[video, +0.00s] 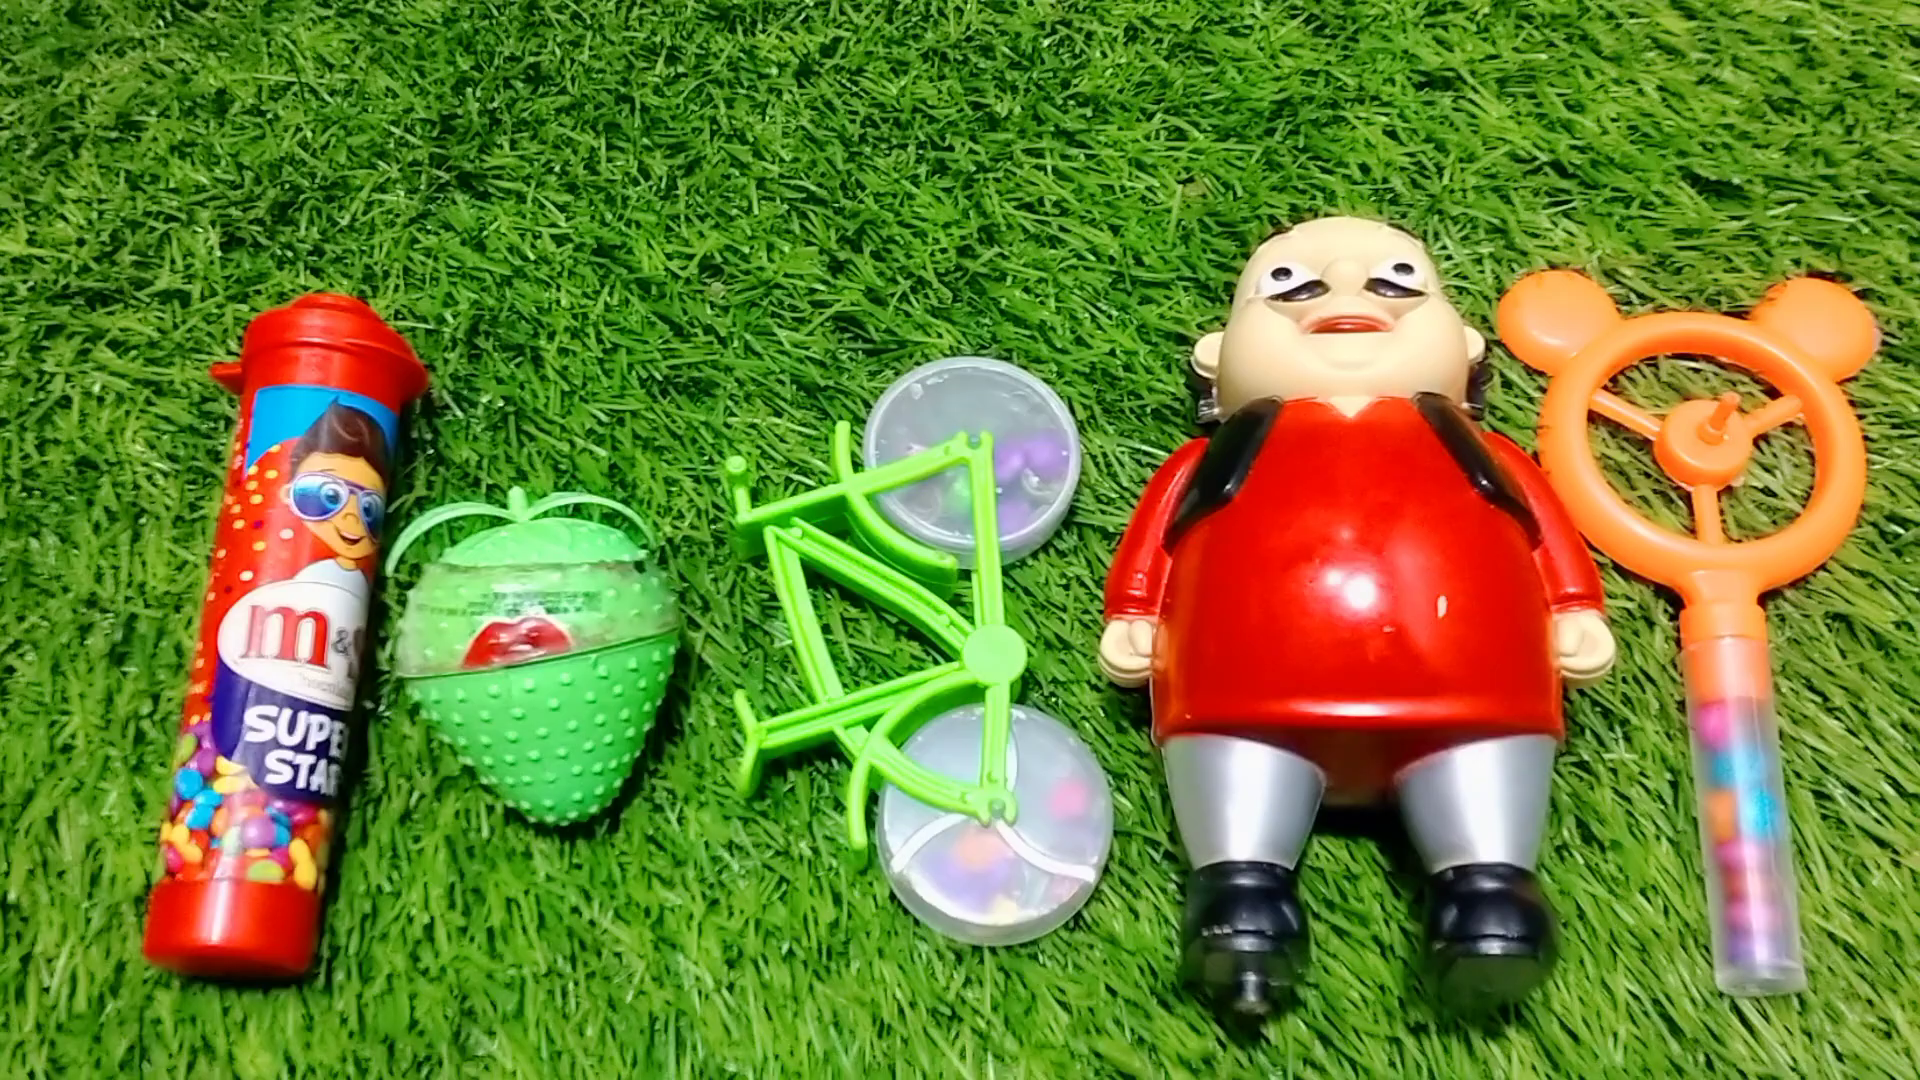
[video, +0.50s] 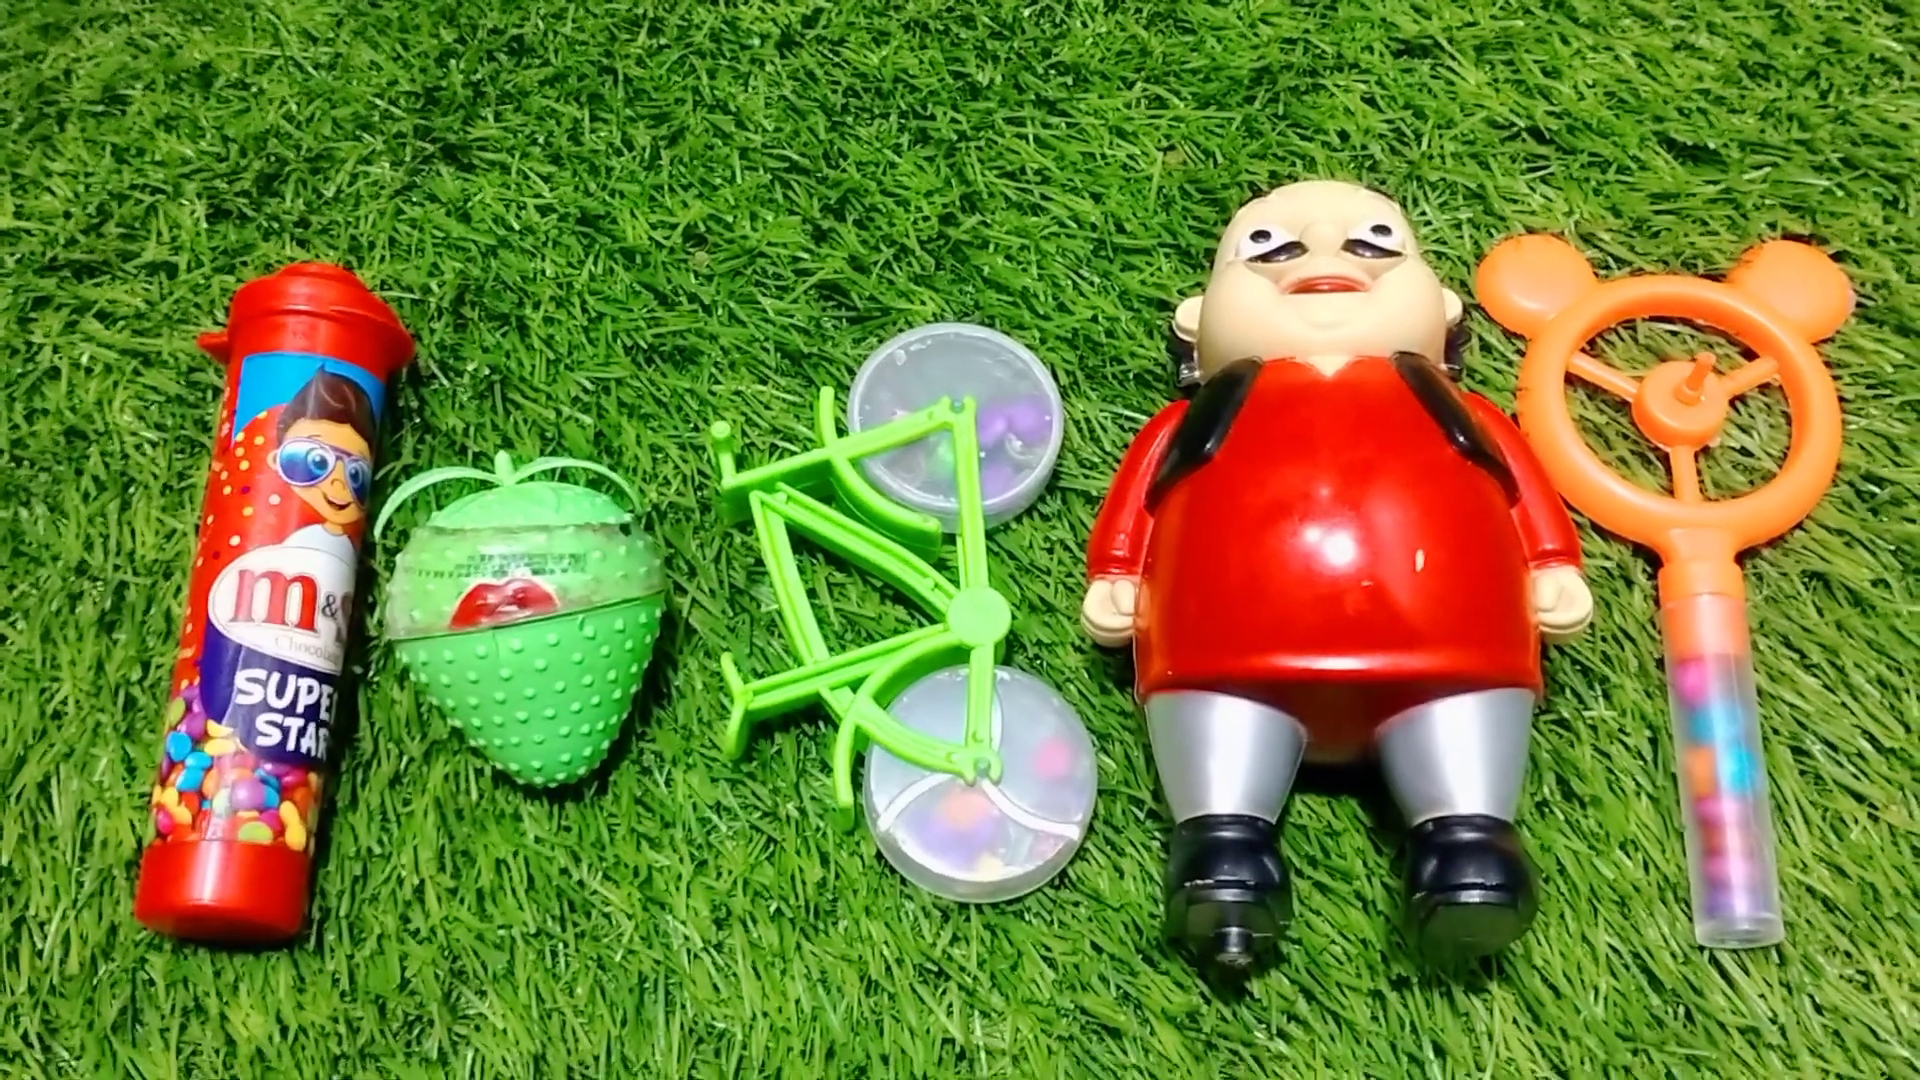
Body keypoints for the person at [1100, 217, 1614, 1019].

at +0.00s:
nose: (1348, 295)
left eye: (1398, 278)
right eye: (1293, 280)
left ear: (1466, 353)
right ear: (1218, 360)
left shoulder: (1484, 449)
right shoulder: (1209, 456)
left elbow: (1543, 521)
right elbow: (1157, 531)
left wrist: (1573, 602)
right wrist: (1136, 608)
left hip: (1460, 631)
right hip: (1255, 631)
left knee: (1486, 727)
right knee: (1237, 732)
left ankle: (1488, 892)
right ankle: (1244, 902)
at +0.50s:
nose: (1327, 256)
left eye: (1375, 239)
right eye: (1274, 242)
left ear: (1442, 312)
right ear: (1198, 322)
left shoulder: (1461, 407)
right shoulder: (1191, 417)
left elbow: (1521, 481)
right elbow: (1139, 492)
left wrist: (1551, 560)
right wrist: (1117, 569)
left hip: (1440, 586)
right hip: (1238, 591)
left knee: (1465, 682)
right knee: (1219, 689)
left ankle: (1468, 841)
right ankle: (1227, 858)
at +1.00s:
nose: (1332, 247)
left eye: (1380, 230)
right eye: (1277, 233)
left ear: (1448, 306)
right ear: (1201, 315)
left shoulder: (1466, 401)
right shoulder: (1194, 409)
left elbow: (1525, 472)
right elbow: (1142, 483)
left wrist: (1552, 552)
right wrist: (1121, 560)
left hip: (1442, 578)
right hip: (1240, 581)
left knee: (1466, 672)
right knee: (1222, 680)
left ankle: (1468, 834)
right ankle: (1227, 842)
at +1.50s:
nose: (1330, 242)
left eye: (1379, 225)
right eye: (1276, 228)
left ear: (1447, 301)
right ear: (1200, 311)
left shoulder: (1466, 395)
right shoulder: (1193, 404)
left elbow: (1524, 466)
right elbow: (1142, 478)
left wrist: (1553, 546)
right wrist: (1120, 555)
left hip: (1442, 574)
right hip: (1239, 577)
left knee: (1466, 670)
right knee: (1220, 677)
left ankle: (1469, 827)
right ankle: (1227, 837)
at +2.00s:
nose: (1332, 240)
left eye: (1380, 224)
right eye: (1277, 226)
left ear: (1449, 300)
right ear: (1201, 309)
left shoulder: (1467, 394)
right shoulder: (1194, 403)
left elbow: (1525, 465)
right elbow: (1142, 477)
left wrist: (1554, 545)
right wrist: (1121, 553)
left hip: (1443, 574)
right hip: (1239, 578)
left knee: (1466, 670)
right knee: (1221, 677)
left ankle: (1469, 829)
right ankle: (1228, 838)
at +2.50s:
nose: (1332, 240)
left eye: (1380, 224)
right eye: (1277, 226)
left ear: (1449, 299)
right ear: (1202, 309)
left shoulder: (1467, 395)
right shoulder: (1194, 403)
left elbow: (1527, 466)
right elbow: (1142, 478)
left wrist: (1555, 545)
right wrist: (1121, 552)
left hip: (1443, 575)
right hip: (1240, 578)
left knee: (1467, 673)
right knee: (1221, 678)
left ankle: (1469, 830)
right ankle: (1228, 838)